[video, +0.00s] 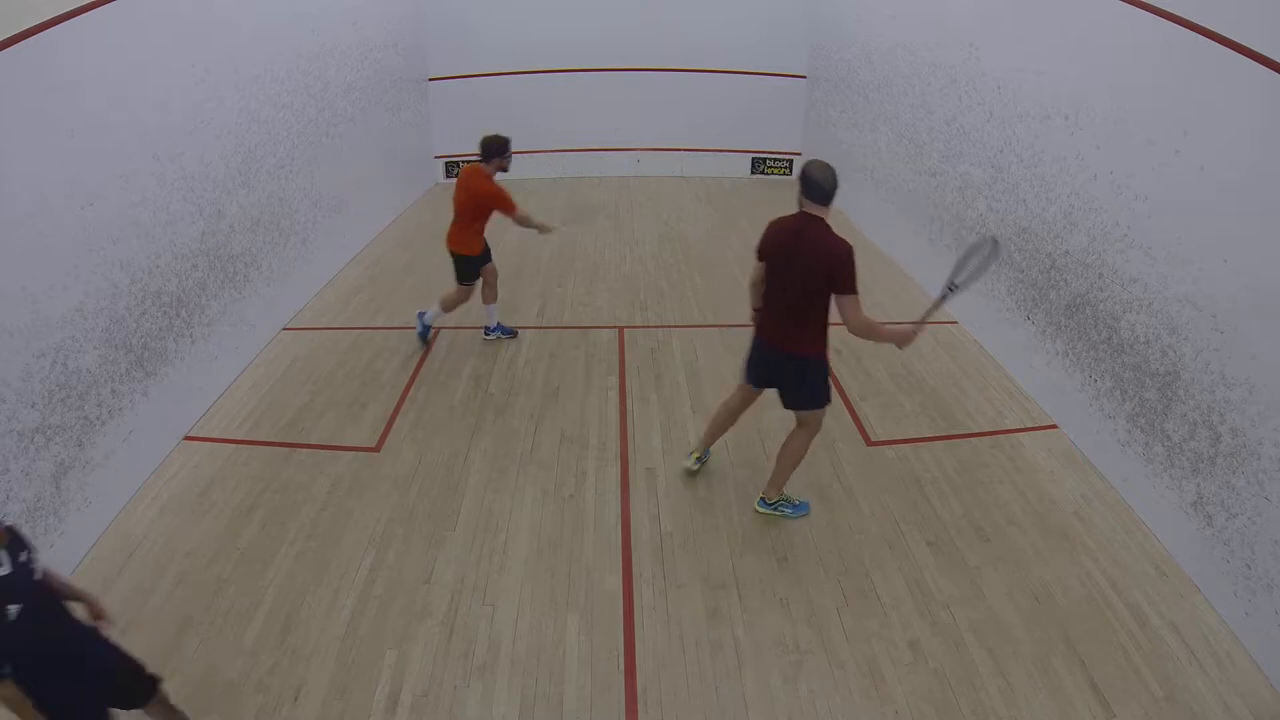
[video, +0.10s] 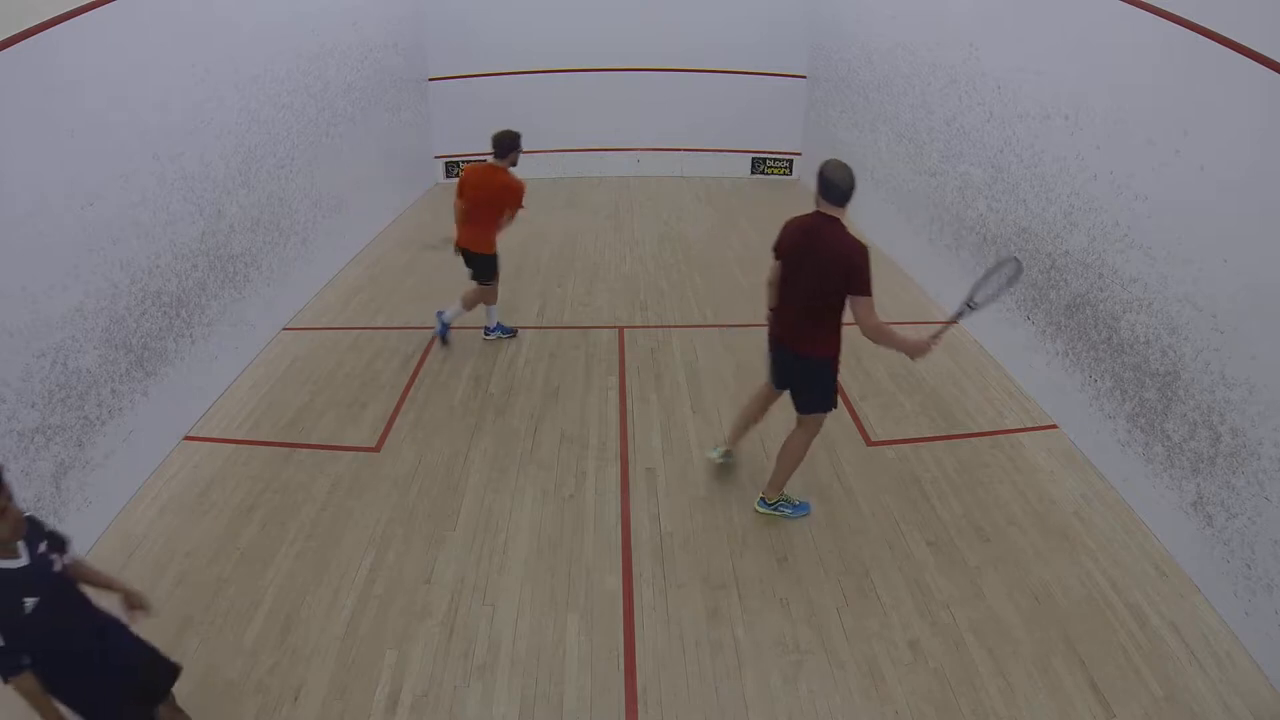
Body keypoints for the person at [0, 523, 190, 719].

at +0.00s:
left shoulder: (9, 537)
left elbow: (38, 575)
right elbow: (5, 685)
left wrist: (85, 598)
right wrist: (33, 714)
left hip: (76, 642)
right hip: (43, 679)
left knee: (148, 693)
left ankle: (176, 714)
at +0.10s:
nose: (16, 512)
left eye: (9, 502)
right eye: (3, 510)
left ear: (12, 496)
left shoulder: (29, 528)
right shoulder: (3, 592)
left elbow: (68, 564)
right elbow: (14, 670)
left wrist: (123, 589)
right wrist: (53, 714)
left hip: (108, 638)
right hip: (81, 681)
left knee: (164, 700)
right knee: (146, 714)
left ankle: (173, 712)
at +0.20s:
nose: (39, 502)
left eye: (30, 492)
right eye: (23, 504)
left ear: (30, 485)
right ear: (3, 524)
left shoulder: (51, 522)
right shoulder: (7, 599)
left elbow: (94, 555)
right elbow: (36, 674)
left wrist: (154, 582)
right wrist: (74, 716)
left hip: (136, 647)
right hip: (110, 688)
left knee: (174, 707)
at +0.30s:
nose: (68, 499)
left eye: (59, 490)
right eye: (53, 502)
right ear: (28, 530)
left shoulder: (76, 522)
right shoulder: (31, 607)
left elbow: (128, 554)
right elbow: (62, 682)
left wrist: (186, 580)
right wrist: (94, 718)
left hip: (156, 646)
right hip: (130, 688)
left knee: (178, 693)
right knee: (193, 714)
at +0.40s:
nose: (98, 500)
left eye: (87, 492)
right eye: (82, 503)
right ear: (60, 538)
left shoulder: (106, 530)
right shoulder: (64, 617)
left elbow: (157, 559)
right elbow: (88, 690)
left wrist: (216, 585)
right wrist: (122, 717)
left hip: (183, 653)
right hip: (166, 695)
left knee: (202, 702)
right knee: (228, 713)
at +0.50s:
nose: (129, 504)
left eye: (116, 497)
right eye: (113, 508)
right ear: (93, 545)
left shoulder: (134, 537)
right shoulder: (96, 626)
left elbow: (181, 568)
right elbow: (126, 701)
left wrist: (244, 598)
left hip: (217, 659)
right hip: (200, 701)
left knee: (242, 705)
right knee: (257, 715)